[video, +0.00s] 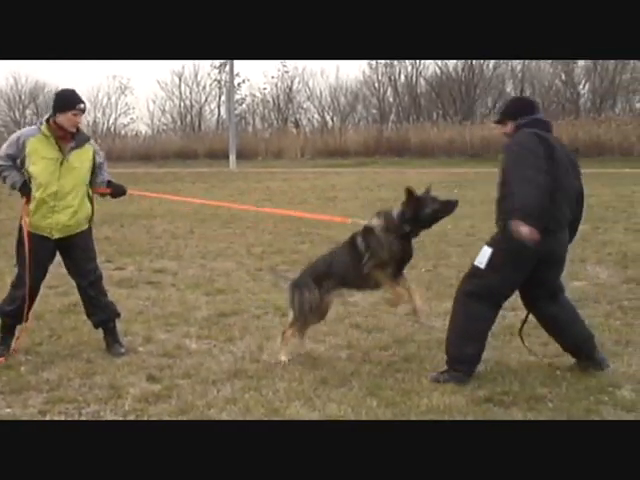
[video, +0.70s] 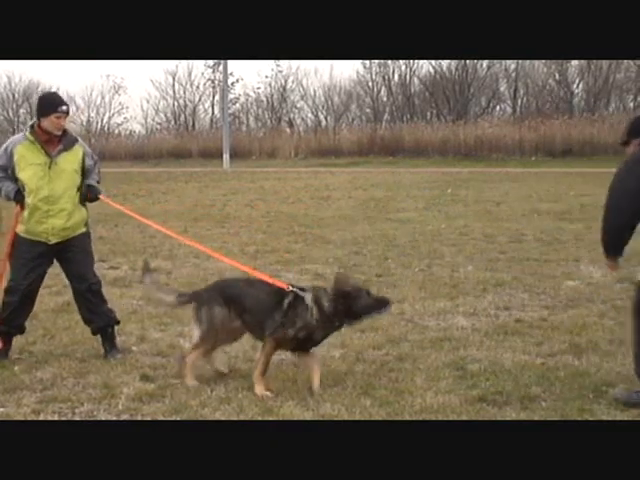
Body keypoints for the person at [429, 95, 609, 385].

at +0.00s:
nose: (503, 132)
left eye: (505, 125)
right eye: (502, 126)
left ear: (517, 122)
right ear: (535, 120)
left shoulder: (523, 142)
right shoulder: (561, 150)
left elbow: (525, 178)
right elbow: (575, 197)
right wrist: (563, 236)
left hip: (519, 236)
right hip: (552, 241)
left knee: (476, 293)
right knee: (544, 296)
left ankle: (460, 368)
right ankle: (589, 356)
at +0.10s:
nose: (524, 131)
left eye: (527, 124)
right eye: (523, 125)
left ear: (542, 122)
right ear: (548, 122)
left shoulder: (555, 147)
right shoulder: (561, 146)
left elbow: (563, 195)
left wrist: (556, 241)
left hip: (536, 240)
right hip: (554, 242)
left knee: (492, 294)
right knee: (547, 300)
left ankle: (465, 366)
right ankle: (587, 358)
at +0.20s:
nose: (540, 129)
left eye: (544, 123)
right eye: (539, 123)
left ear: (561, 122)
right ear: (564, 124)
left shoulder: (578, 149)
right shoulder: (581, 147)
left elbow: (579, 201)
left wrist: (555, 242)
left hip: (562, 244)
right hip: (580, 246)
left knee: (515, 292)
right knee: (559, 300)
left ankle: (489, 363)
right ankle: (589, 361)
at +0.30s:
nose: (552, 125)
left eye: (556, 119)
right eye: (552, 119)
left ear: (572, 117)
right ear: (576, 116)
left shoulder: (586, 141)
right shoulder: (598, 138)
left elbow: (576, 192)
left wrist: (547, 226)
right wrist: (559, 226)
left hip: (592, 239)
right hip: (611, 239)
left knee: (547, 288)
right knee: (584, 291)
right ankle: (591, 359)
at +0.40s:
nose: (564, 126)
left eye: (566, 120)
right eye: (563, 121)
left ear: (580, 116)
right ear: (594, 111)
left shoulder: (589, 137)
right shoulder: (623, 130)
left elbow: (571, 188)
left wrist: (551, 227)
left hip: (622, 233)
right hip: (631, 229)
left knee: (601, 296)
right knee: (619, 295)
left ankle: (627, 365)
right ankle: (609, 355)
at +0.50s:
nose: (586, 145)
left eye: (585, 139)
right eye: (584, 140)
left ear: (594, 133)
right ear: (611, 124)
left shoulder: (603, 153)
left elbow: (585, 202)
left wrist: (576, 243)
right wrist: (579, 239)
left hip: (633, 242)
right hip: (632, 240)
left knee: (626, 311)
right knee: (626, 309)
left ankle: (639, 383)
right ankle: (636, 383)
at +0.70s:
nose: (627, 151)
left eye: (628, 145)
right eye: (627, 145)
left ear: (636, 143)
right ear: (637, 143)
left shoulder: (635, 164)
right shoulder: (632, 166)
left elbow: (622, 204)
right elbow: (623, 203)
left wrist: (613, 248)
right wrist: (613, 246)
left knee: (639, 317)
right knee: (638, 316)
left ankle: (639, 386)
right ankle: (638, 384)